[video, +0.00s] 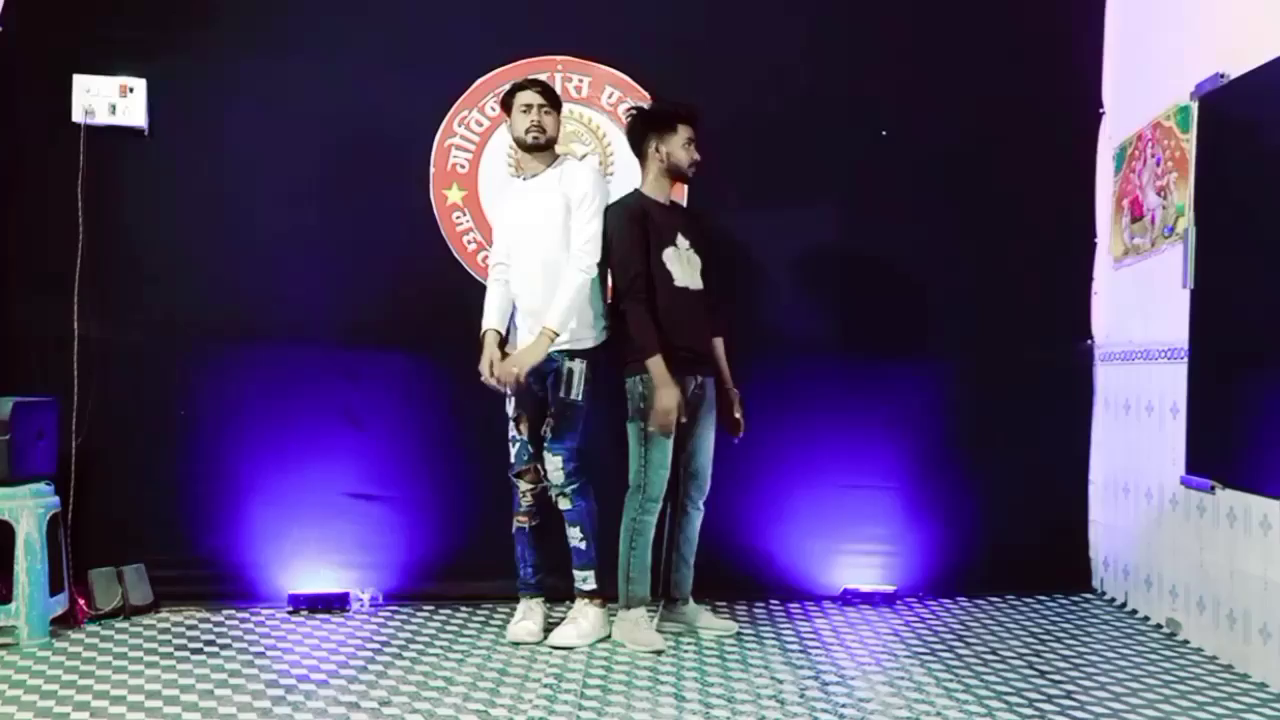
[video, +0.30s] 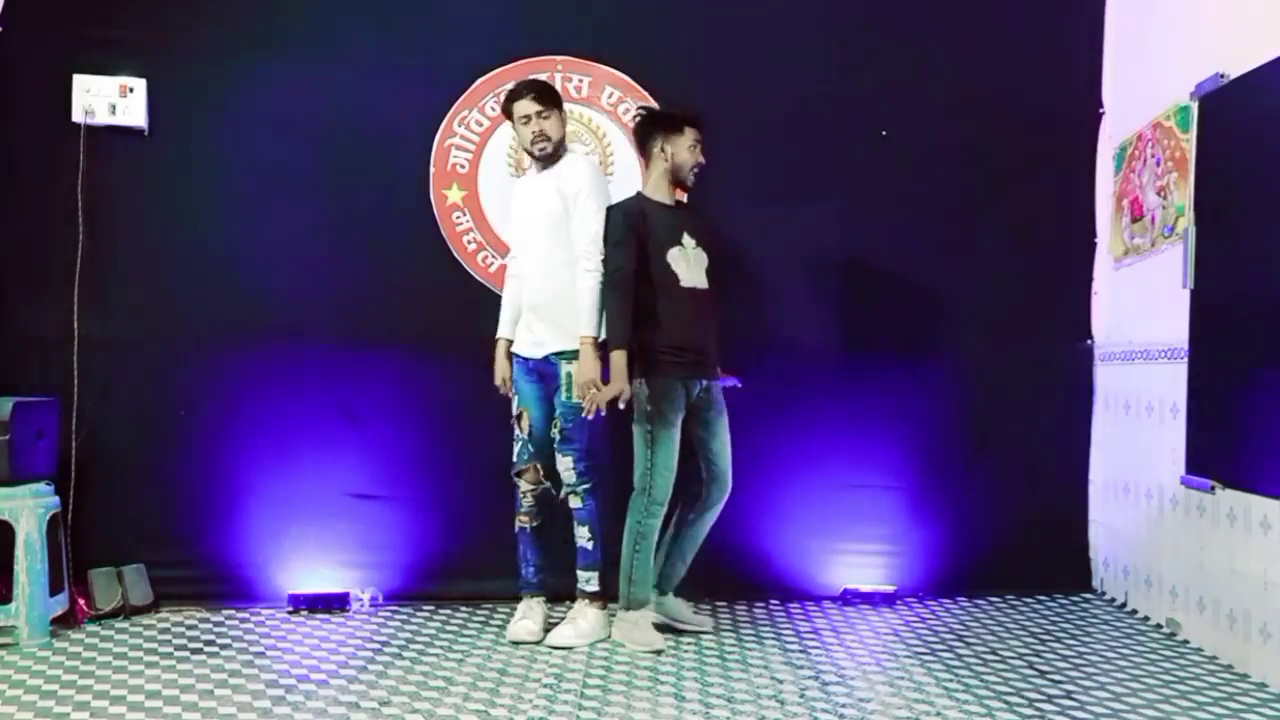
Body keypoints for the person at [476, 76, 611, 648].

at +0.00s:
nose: (535, 118)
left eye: (545, 110)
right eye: (524, 110)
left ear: (559, 121)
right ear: (508, 121)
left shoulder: (581, 175)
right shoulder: (506, 188)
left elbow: (586, 264)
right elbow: (501, 265)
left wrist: (541, 341)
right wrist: (491, 337)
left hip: (572, 343)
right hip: (520, 345)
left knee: (562, 468)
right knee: (524, 474)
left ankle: (589, 602)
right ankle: (530, 599)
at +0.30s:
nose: (535, 128)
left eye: (542, 116)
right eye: (523, 121)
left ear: (561, 118)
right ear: (513, 132)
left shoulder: (580, 172)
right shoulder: (522, 187)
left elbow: (592, 262)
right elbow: (517, 266)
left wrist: (588, 346)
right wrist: (503, 343)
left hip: (574, 347)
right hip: (529, 348)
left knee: (575, 471)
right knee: (529, 473)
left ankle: (589, 601)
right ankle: (532, 597)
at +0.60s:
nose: (508, 136)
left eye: (518, 125)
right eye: (499, 128)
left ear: (541, 129)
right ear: (491, 138)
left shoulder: (574, 187)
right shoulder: (495, 195)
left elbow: (592, 275)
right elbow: (497, 273)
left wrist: (587, 359)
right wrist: (498, 346)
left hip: (574, 354)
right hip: (529, 356)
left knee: (551, 473)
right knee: (528, 480)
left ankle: (586, 592)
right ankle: (573, 591)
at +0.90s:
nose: (486, 160)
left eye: (498, 152)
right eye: (476, 150)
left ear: (513, 164)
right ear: (461, 160)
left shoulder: (538, 223)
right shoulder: (447, 232)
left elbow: (575, 313)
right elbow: (420, 311)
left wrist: (598, 394)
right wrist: (377, 386)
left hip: (555, 370)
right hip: (504, 378)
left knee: (505, 477)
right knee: (485, 499)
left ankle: (568, 586)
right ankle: (549, 590)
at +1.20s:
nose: (438, 156)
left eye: (451, 152)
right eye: (431, 144)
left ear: (462, 170)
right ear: (413, 153)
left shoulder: (477, 228)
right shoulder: (388, 216)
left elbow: (527, 311)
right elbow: (311, 230)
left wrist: (560, 391)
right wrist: (214, 232)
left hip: (491, 373)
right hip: (441, 377)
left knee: (413, 485)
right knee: (404, 497)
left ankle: (513, 576)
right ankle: (475, 601)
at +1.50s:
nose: (391, 137)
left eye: (405, 136)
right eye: (386, 124)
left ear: (411, 155)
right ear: (364, 131)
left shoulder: (418, 217)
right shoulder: (330, 188)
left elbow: (445, 312)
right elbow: (249, 155)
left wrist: (460, 402)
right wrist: (161, 101)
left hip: (402, 373)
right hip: (355, 366)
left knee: (331, 491)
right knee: (282, 466)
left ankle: (403, 617)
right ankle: (353, 586)